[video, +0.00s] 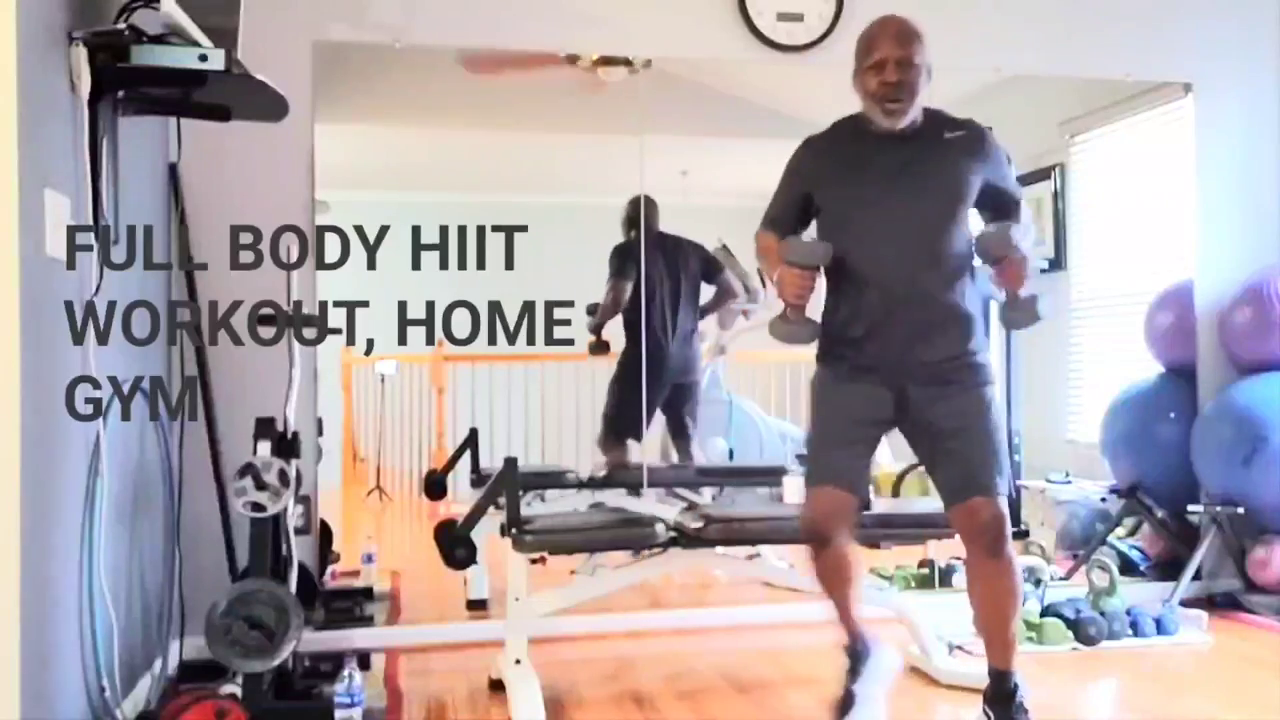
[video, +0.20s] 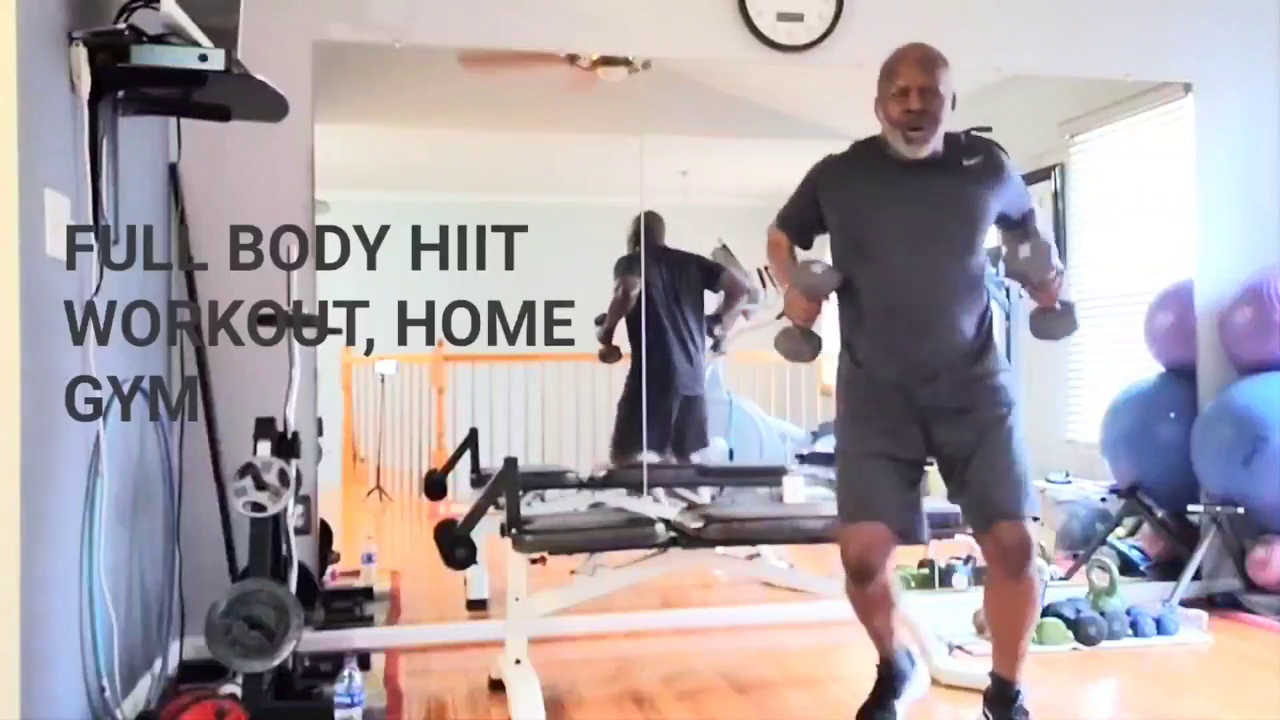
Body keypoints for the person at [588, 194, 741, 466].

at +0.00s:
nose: (623, 224)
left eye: (625, 219)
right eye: (624, 219)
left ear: (629, 220)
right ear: (657, 219)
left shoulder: (628, 250)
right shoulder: (689, 248)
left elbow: (618, 298)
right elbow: (731, 291)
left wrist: (597, 323)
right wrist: (698, 313)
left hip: (644, 362)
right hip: (685, 362)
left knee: (612, 439)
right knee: (685, 441)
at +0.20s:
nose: (632, 241)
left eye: (633, 235)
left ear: (634, 236)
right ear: (663, 235)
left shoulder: (631, 261)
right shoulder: (690, 261)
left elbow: (630, 289)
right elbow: (739, 286)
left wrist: (607, 333)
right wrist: (719, 322)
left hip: (651, 376)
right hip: (691, 376)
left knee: (625, 456)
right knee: (683, 456)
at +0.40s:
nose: (624, 232)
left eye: (624, 227)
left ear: (628, 226)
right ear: (656, 224)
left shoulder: (624, 254)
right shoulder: (691, 255)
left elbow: (609, 308)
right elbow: (719, 308)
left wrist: (602, 338)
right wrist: (686, 320)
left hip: (643, 359)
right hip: (686, 362)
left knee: (597, 434)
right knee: (685, 443)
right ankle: (701, 504)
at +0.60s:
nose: (609, 260)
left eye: (609, 256)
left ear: (609, 259)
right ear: (636, 258)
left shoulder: (601, 294)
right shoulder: (664, 289)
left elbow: (582, 347)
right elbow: (681, 335)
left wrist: (580, 366)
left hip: (624, 392)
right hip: (668, 390)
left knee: (567, 454)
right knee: (675, 459)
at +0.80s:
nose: (574, 235)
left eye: (574, 230)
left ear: (574, 232)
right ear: (602, 231)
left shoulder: (566, 266)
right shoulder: (632, 264)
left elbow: (548, 315)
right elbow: (655, 316)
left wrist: (549, 346)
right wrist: (622, 324)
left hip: (588, 364)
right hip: (629, 364)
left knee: (553, 441)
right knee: (642, 439)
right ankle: (674, 498)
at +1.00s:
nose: (554, 221)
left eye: (555, 215)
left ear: (555, 215)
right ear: (582, 213)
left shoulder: (553, 241)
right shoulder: (607, 240)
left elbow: (545, 280)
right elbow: (625, 281)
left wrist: (523, 309)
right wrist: (633, 304)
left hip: (563, 340)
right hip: (600, 339)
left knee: (549, 401)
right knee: (595, 402)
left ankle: (543, 460)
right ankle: (594, 462)